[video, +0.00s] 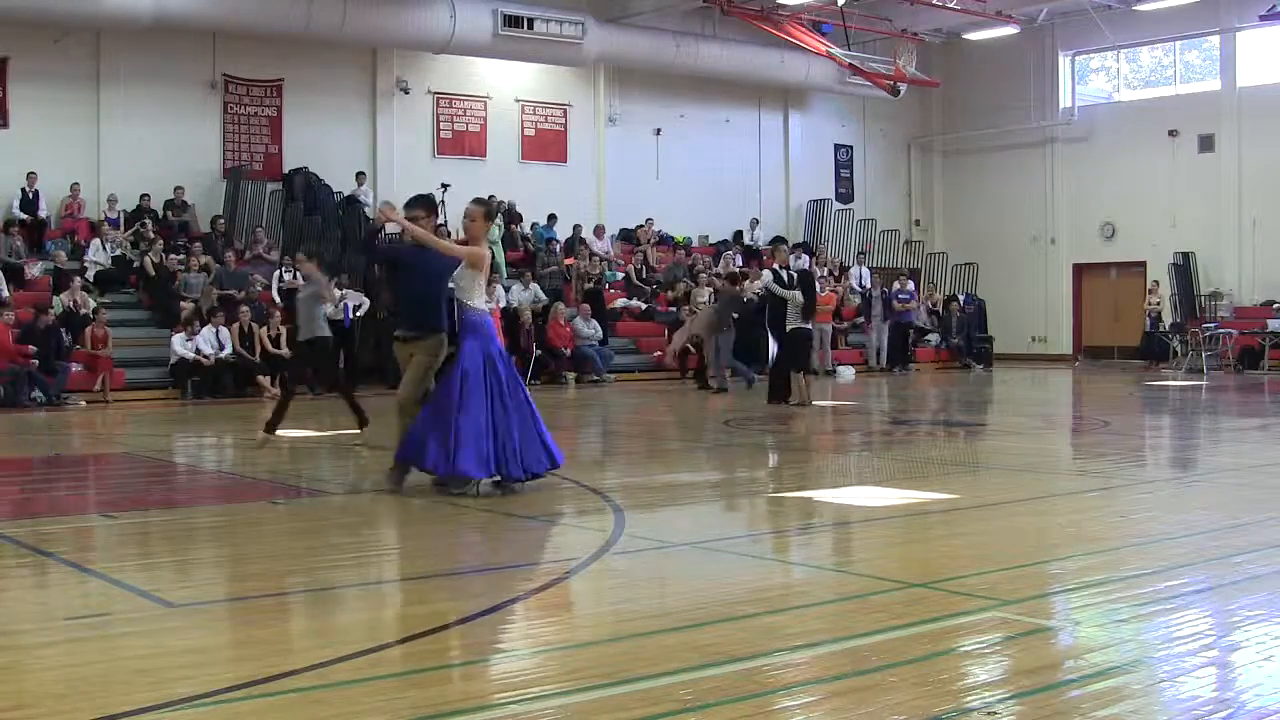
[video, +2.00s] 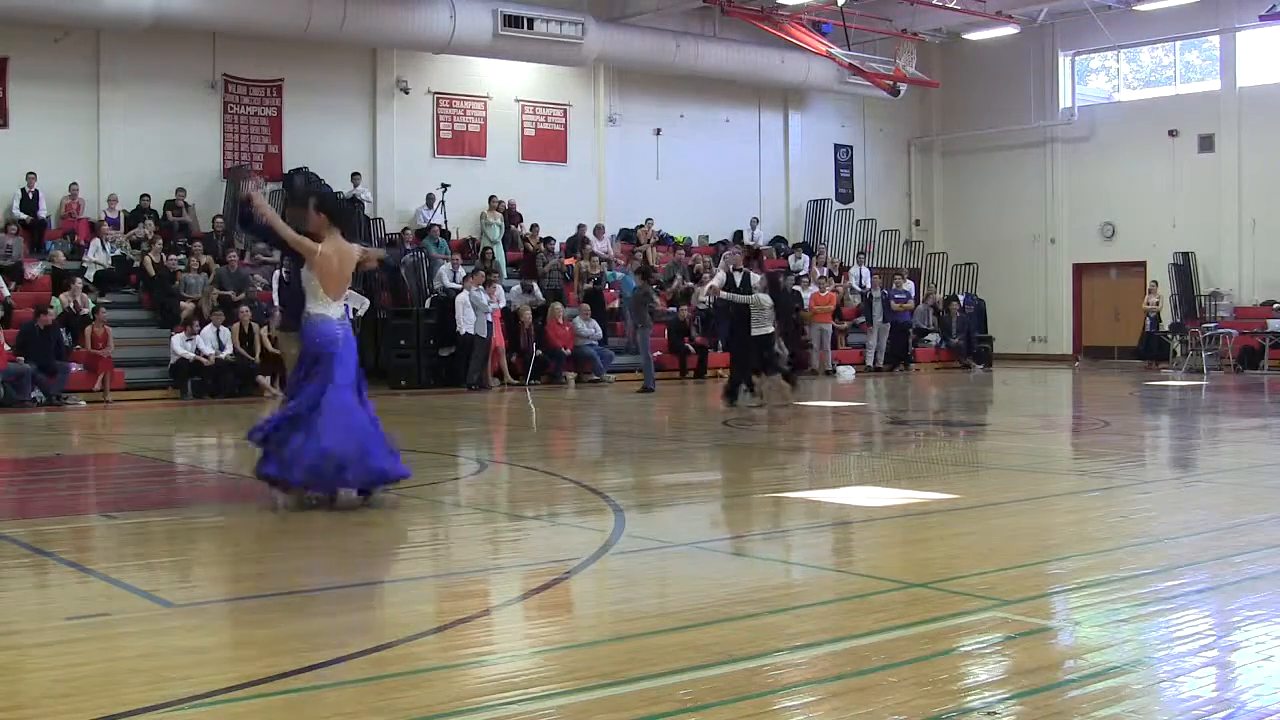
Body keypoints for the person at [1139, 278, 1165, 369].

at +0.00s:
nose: (1153, 287)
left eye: (1154, 286)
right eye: (1152, 286)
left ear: (1158, 287)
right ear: (1151, 287)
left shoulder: (1160, 296)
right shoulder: (1148, 296)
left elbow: (1161, 308)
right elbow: (1145, 306)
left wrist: (1150, 309)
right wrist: (1156, 307)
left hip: (1157, 318)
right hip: (1149, 318)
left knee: (1156, 338)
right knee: (1149, 337)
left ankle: (1156, 360)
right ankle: (1150, 360)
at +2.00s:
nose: (1151, 288)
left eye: (1153, 286)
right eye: (1150, 286)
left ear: (1157, 287)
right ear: (1149, 287)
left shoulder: (1159, 296)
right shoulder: (1147, 296)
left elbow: (1160, 308)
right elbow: (1143, 306)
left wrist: (1149, 308)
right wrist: (1153, 307)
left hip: (1156, 318)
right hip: (1148, 318)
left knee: (1156, 338)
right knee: (1148, 337)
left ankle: (1156, 361)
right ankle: (1149, 360)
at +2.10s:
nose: (1151, 288)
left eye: (1153, 286)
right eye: (1150, 286)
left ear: (1157, 287)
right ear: (1149, 287)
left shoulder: (1159, 296)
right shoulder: (1147, 296)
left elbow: (1160, 308)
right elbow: (1143, 306)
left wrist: (1149, 308)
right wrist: (1153, 307)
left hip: (1156, 318)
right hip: (1148, 318)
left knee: (1156, 338)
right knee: (1148, 337)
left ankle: (1156, 361)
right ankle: (1149, 360)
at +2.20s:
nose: (1151, 288)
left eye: (1153, 286)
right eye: (1150, 286)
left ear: (1157, 287)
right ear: (1149, 287)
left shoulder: (1159, 296)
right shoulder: (1147, 296)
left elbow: (1160, 308)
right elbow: (1143, 306)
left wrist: (1149, 308)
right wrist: (1153, 307)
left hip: (1156, 318)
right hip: (1148, 318)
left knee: (1156, 338)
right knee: (1148, 337)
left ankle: (1156, 361)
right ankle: (1149, 360)